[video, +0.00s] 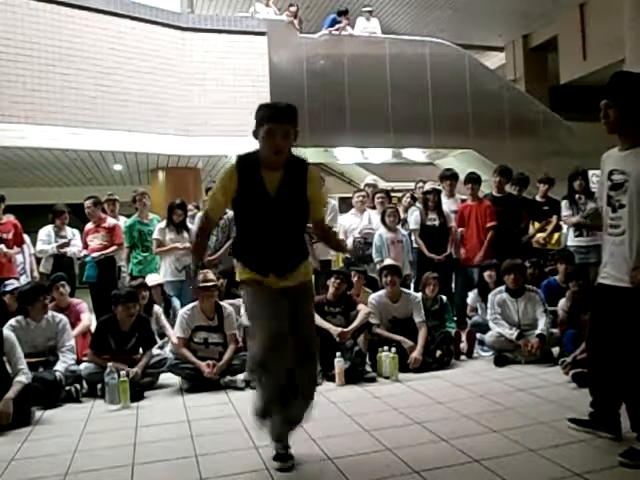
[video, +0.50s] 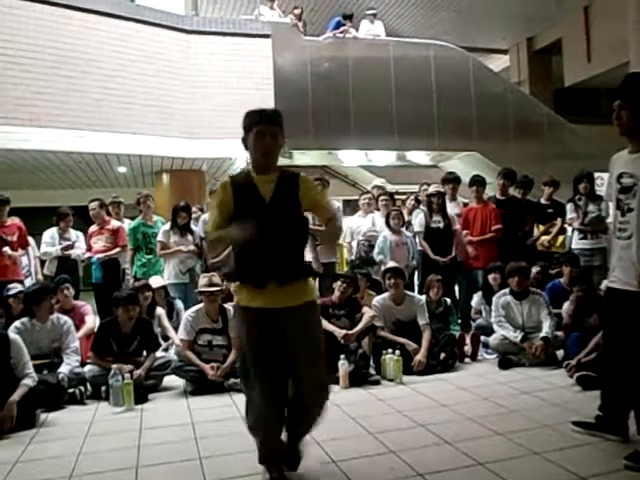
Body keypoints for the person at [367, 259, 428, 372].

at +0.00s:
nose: (390, 279)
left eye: (394, 275)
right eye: (386, 276)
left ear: (400, 278)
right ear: (381, 280)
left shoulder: (414, 298)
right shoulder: (374, 299)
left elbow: (422, 326)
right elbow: (374, 328)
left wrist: (418, 351)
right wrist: (401, 340)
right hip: (386, 337)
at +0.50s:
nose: (393, 282)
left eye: (397, 278)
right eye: (389, 278)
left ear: (403, 281)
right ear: (384, 282)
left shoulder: (418, 301)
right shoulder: (378, 302)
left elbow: (426, 329)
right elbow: (379, 330)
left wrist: (422, 354)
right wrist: (405, 342)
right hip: (391, 338)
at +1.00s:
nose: (394, 281)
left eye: (397, 277)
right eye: (389, 278)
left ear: (404, 280)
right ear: (385, 282)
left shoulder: (417, 301)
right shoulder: (378, 302)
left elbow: (426, 329)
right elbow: (378, 331)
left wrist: (422, 354)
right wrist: (405, 342)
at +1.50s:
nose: (393, 283)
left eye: (397, 279)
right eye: (388, 279)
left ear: (403, 281)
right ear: (384, 282)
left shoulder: (418, 300)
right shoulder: (378, 302)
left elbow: (426, 329)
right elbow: (378, 330)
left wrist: (422, 354)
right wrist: (405, 342)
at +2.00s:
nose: (393, 284)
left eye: (397, 279)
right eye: (389, 280)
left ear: (403, 281)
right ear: (385, 283)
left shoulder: (418, 300)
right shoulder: (378, 302)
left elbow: (426, 329)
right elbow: (378, 331)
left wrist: (422, 354)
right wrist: (405, 343)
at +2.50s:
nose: (393, 283)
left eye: (397, 279)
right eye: (389, 279)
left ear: (403, 281)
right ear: (385, 283)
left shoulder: (418, 300)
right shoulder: (378, 302)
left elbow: (426, 329)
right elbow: (378, 331)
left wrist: (422, 354)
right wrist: (405, 342)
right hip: (391, 337)